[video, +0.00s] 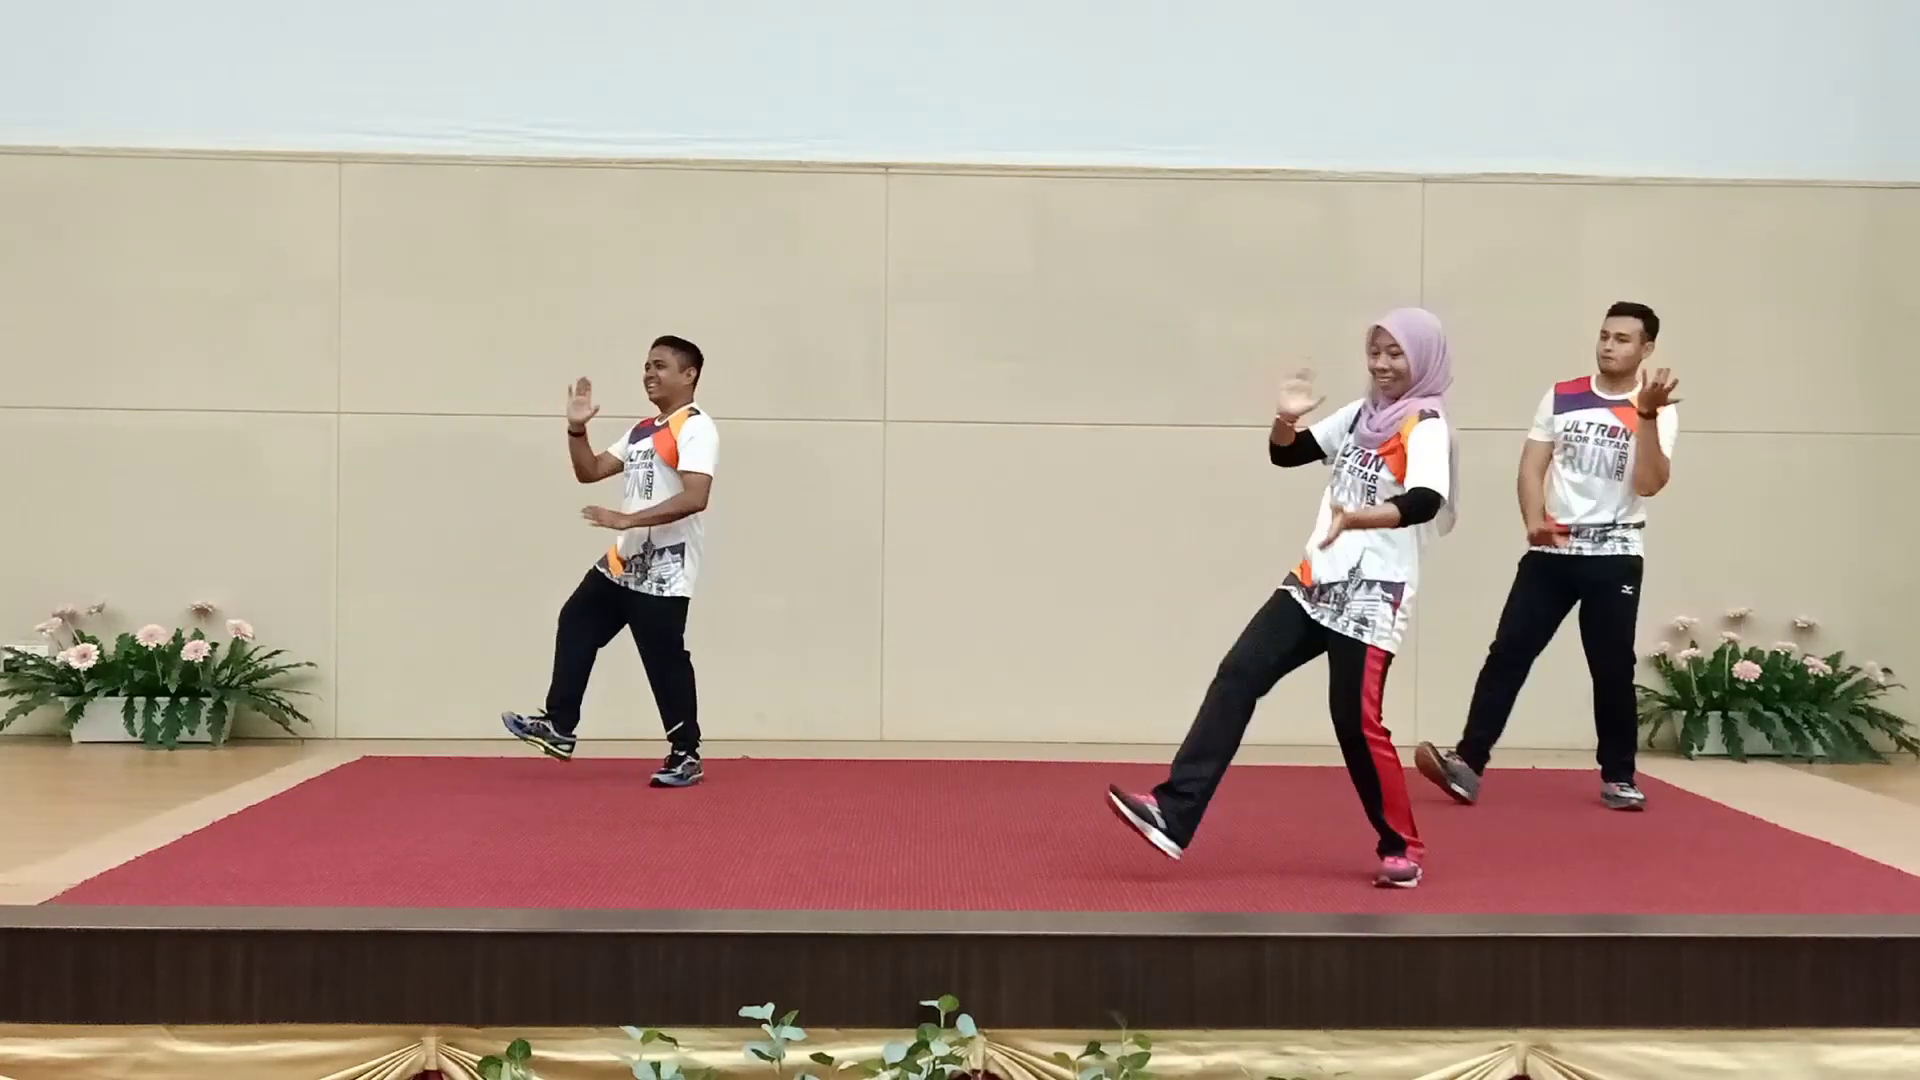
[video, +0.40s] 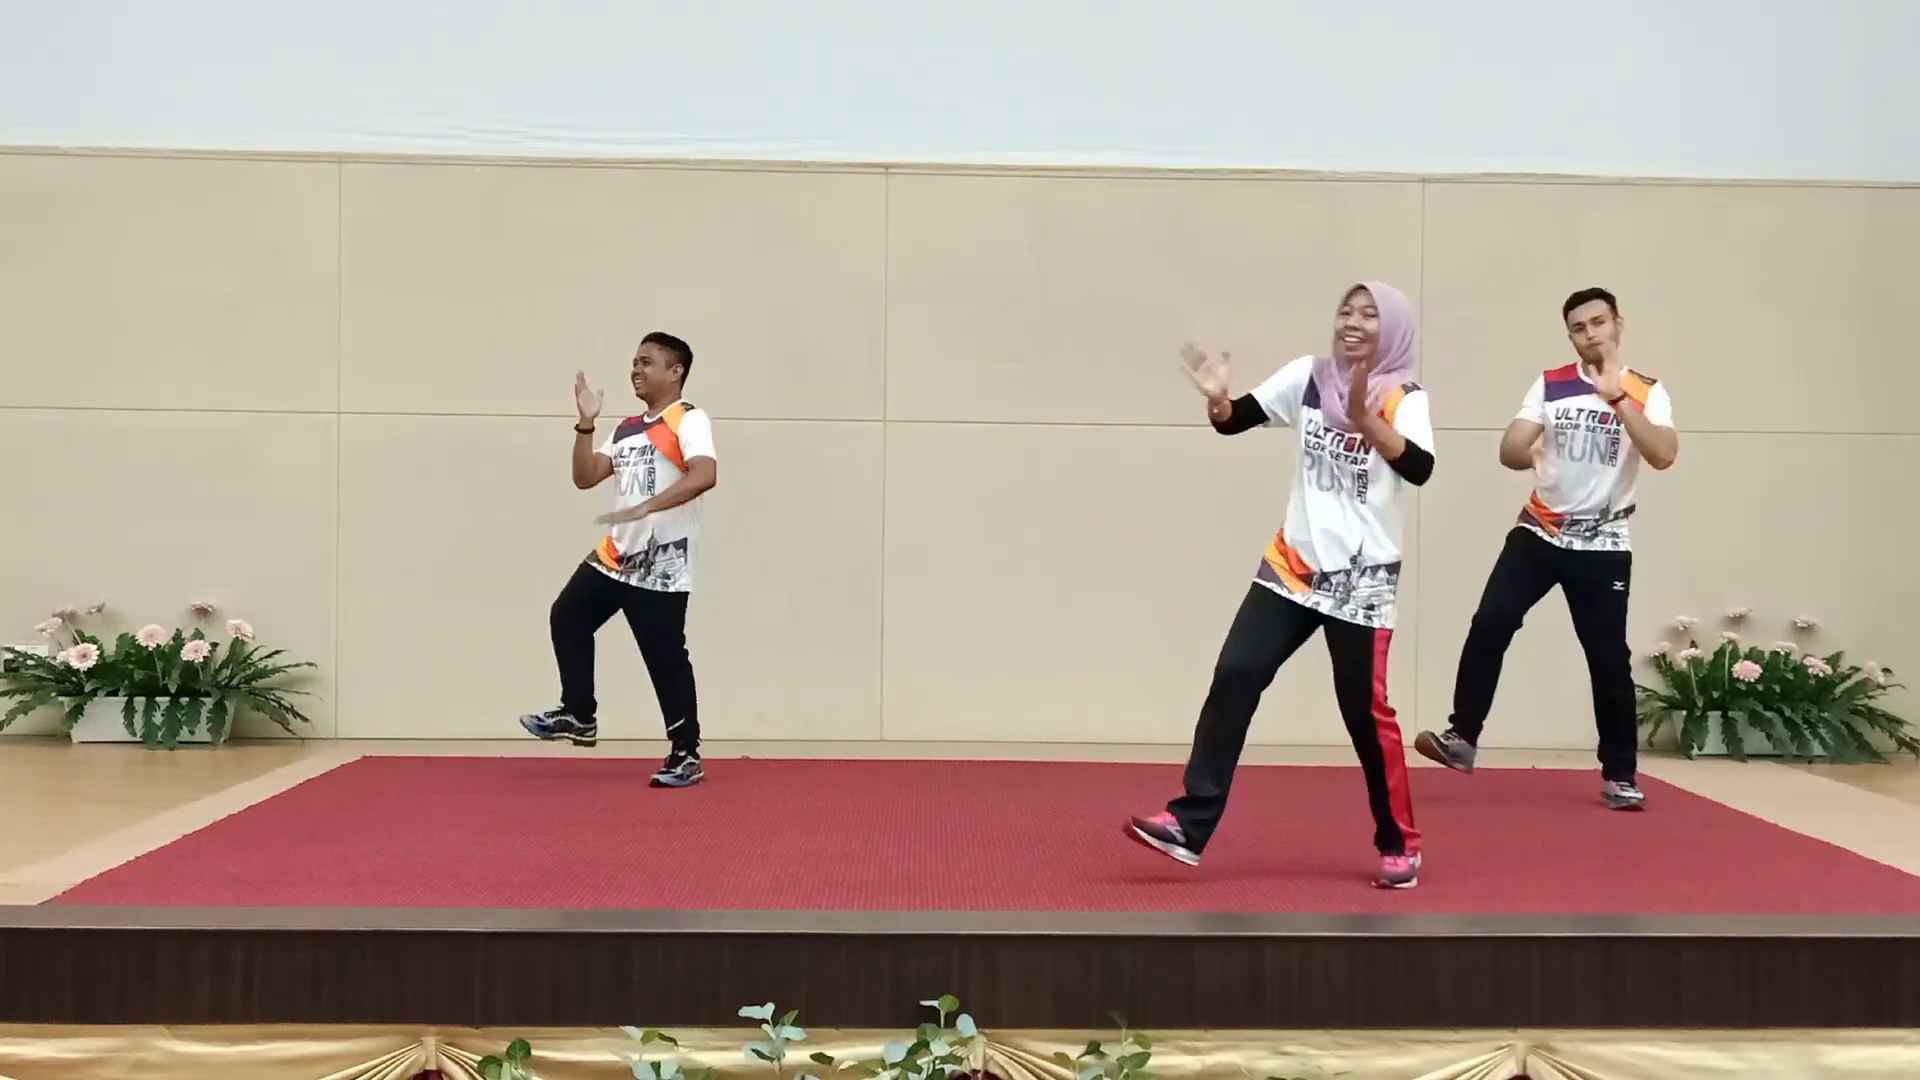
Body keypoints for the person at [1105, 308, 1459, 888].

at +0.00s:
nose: (1382, 362)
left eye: (1395, 353)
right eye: (1376, 351)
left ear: (1425, 361)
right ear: (1368, 356)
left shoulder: (1426, 424)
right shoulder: (1361, 412)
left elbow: (1424, 502)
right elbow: (1287, 455)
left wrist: (1358, 517)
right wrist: (1285, 424)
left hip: (1374, 594)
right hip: (1316, 583)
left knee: (1357, 719)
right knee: (1239, 674)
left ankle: (1401, 848)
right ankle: (1174, 816)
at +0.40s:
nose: (1351, 322)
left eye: (1366, 313)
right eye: (1346, 312)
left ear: (1393, 328)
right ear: (1335, 322)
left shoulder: (1404, 398)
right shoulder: (1309, 375)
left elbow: (1420, 468)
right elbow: (1234, 420)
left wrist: (1368, 425)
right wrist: (1220, 399)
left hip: (1364, 576)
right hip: (1293, 564)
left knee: (1366, 711)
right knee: (1234, 680)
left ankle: (1397, 845)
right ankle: (1190, 827)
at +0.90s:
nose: (1205, 345)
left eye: (1219, 334)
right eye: (1194, 334)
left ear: (1239, 346)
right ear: (1179, 346)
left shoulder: (1264, 410)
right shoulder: (1156, 407)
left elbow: (1309, 487)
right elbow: (1103, 480)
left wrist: (1274, 418)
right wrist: (1096, 516)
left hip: (1235, 581)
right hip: (1159, 578)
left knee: (1277, 700)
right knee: (1168, 701)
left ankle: (1319, 832)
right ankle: (1170, 846)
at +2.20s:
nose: (834, 362)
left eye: (844, 352)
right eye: (822, 351)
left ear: (854, 362)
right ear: (799, 358)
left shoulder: (855, 427)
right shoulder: (787, 430)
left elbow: (919, 470)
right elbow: (772, 522)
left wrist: (890, 406)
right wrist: (831, 576)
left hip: (873, 592)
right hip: (814, 604)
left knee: (972, 641)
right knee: (838, 718)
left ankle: (978, 795)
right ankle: (782, 837)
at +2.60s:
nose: (841, 354)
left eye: (847, 343)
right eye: (830, 343)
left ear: (853, 343)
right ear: (797, 343)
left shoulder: (867, 401)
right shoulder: (773, 404)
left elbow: (929, 453)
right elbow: (760, 496)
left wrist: (945, 398)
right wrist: (799, 519)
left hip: (876, 577)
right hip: (809, 583)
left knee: (944, 675)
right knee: (817, 702)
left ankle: (974, 827)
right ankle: (780, 835)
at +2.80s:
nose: (886, 330)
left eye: (893, 319)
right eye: (875, 319)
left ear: (897, 320)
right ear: (841, 319)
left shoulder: (912, 376)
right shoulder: (806, 368)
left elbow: (969, 436)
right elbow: (761, 443)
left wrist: (1026, 442)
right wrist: (823, 422)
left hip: (901, 555)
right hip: (829, 560)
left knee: (952, 668)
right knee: (819, 690)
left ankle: (994, 815)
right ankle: (786, 831)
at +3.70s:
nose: (1107, 341)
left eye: (1119, 331)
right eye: (1096, 331)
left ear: (1137, 343)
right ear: (1080, 341)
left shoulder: (1162, 408)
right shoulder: (1053, 404)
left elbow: (1190, 477)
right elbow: (1030, 486)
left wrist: (1159, 409)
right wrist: (1033, 550)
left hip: (1131, 577)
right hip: (1061, 579)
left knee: (1109, 677)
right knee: (1052, 695)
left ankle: (1103, 836)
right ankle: (1086, 829)